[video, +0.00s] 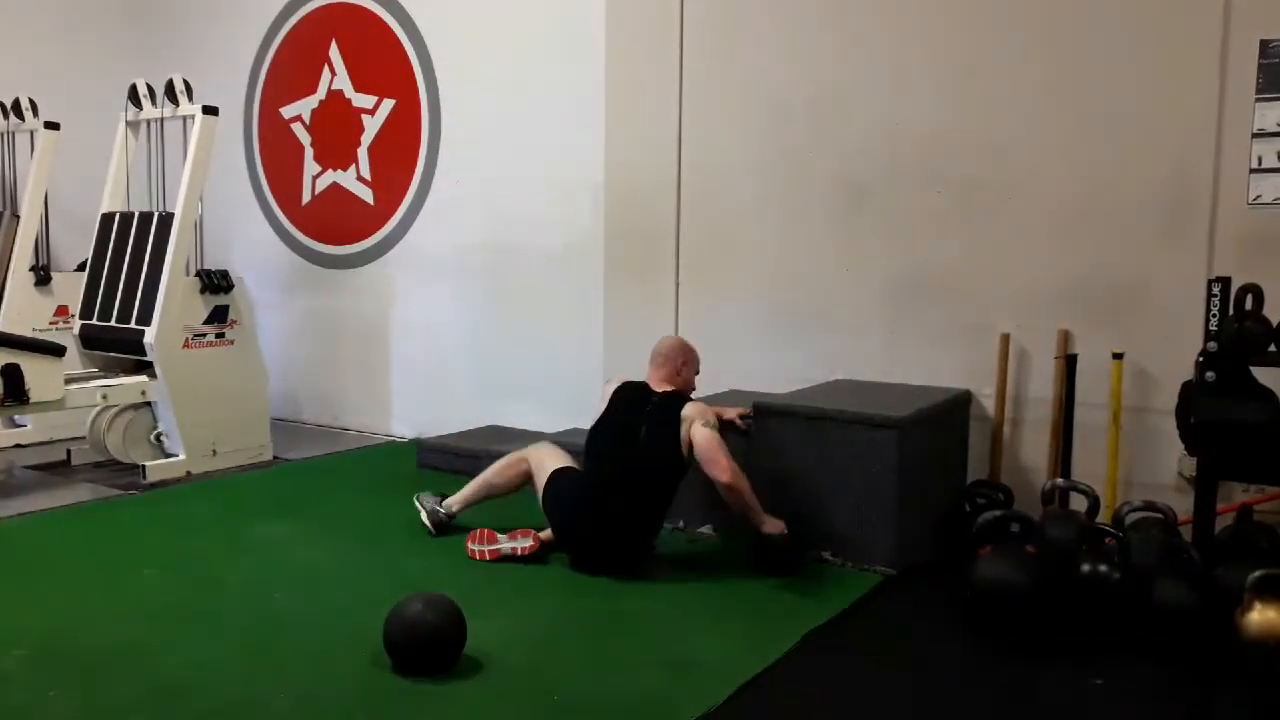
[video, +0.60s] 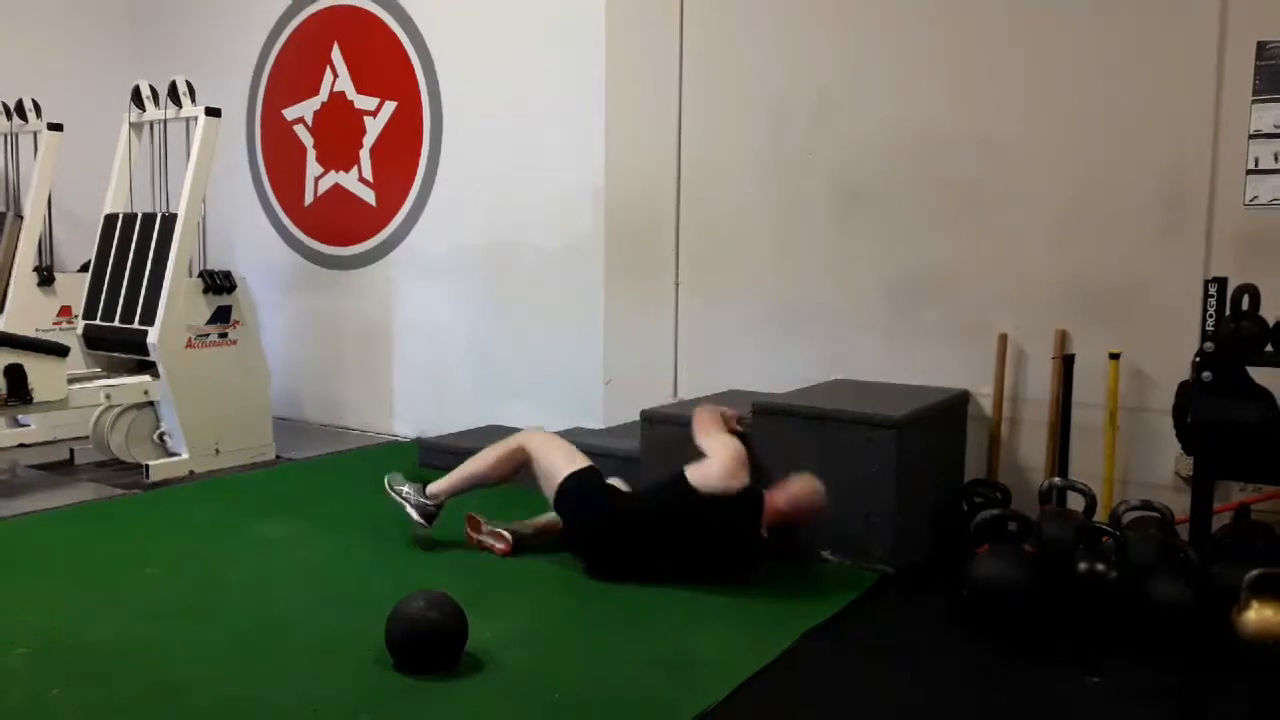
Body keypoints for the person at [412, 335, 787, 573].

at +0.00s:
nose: (695, 379)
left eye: (692, 373)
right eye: (695, 374)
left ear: (650, 369)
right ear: (689, 377)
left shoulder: (619, 392)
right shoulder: (695, 413)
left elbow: (656, 410)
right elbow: (723, 475)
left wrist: (710, 413)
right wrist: (761, 519)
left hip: (580, 531)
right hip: (629, 551)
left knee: (538, 453)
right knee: (615, 481)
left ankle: (447, 508)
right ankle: (539, 538)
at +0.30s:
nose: (727, 399)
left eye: (726, 396)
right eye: (728, 394)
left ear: (688, 381)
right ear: (720, 397)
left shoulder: (647, 396)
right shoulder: (697, 445)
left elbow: (674, 414)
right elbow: (682, 526)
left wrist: (716, 416)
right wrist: (740, 551)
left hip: (579, 524)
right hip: (622, 553)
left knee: (542, 458)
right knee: (616, 493)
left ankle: (449, 509)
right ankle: (540, 538)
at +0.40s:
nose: (748, 427)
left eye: (746, 417)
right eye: (749, 421)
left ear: (709, 398)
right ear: (741, 424)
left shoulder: (662, 398)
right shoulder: (709, 474)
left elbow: (691, 404)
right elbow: (682, 554)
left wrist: (720, 408)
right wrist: (738, 550)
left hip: (575, 517)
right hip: (616, 558)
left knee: (537, 454)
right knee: (623, 503)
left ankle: (445, 508)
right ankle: (539, 539)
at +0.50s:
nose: (761, 446)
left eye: (757, 431)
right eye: (772, 449)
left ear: (743, 429)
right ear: (769, 463)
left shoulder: (695, 421)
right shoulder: (739, 514)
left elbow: (678, 393)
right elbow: (702, 557)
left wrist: (723, 410)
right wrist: (732, 544)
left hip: (590, 518)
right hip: (629, 563)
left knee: (535, 448)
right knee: (618, 493)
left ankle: (440, 500)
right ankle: (537, 537)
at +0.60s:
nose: (789, 490)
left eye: (793, 487)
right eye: (797, 493)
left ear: (780, 490)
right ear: (794, 526)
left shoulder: (734, 472)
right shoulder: (750, 552)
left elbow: (702, 418)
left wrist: (725, 424)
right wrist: (733, 444)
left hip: (605, 523)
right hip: (619, 564)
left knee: (531, 442)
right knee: (606, 492)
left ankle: (429, 497)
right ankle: (513, 536)